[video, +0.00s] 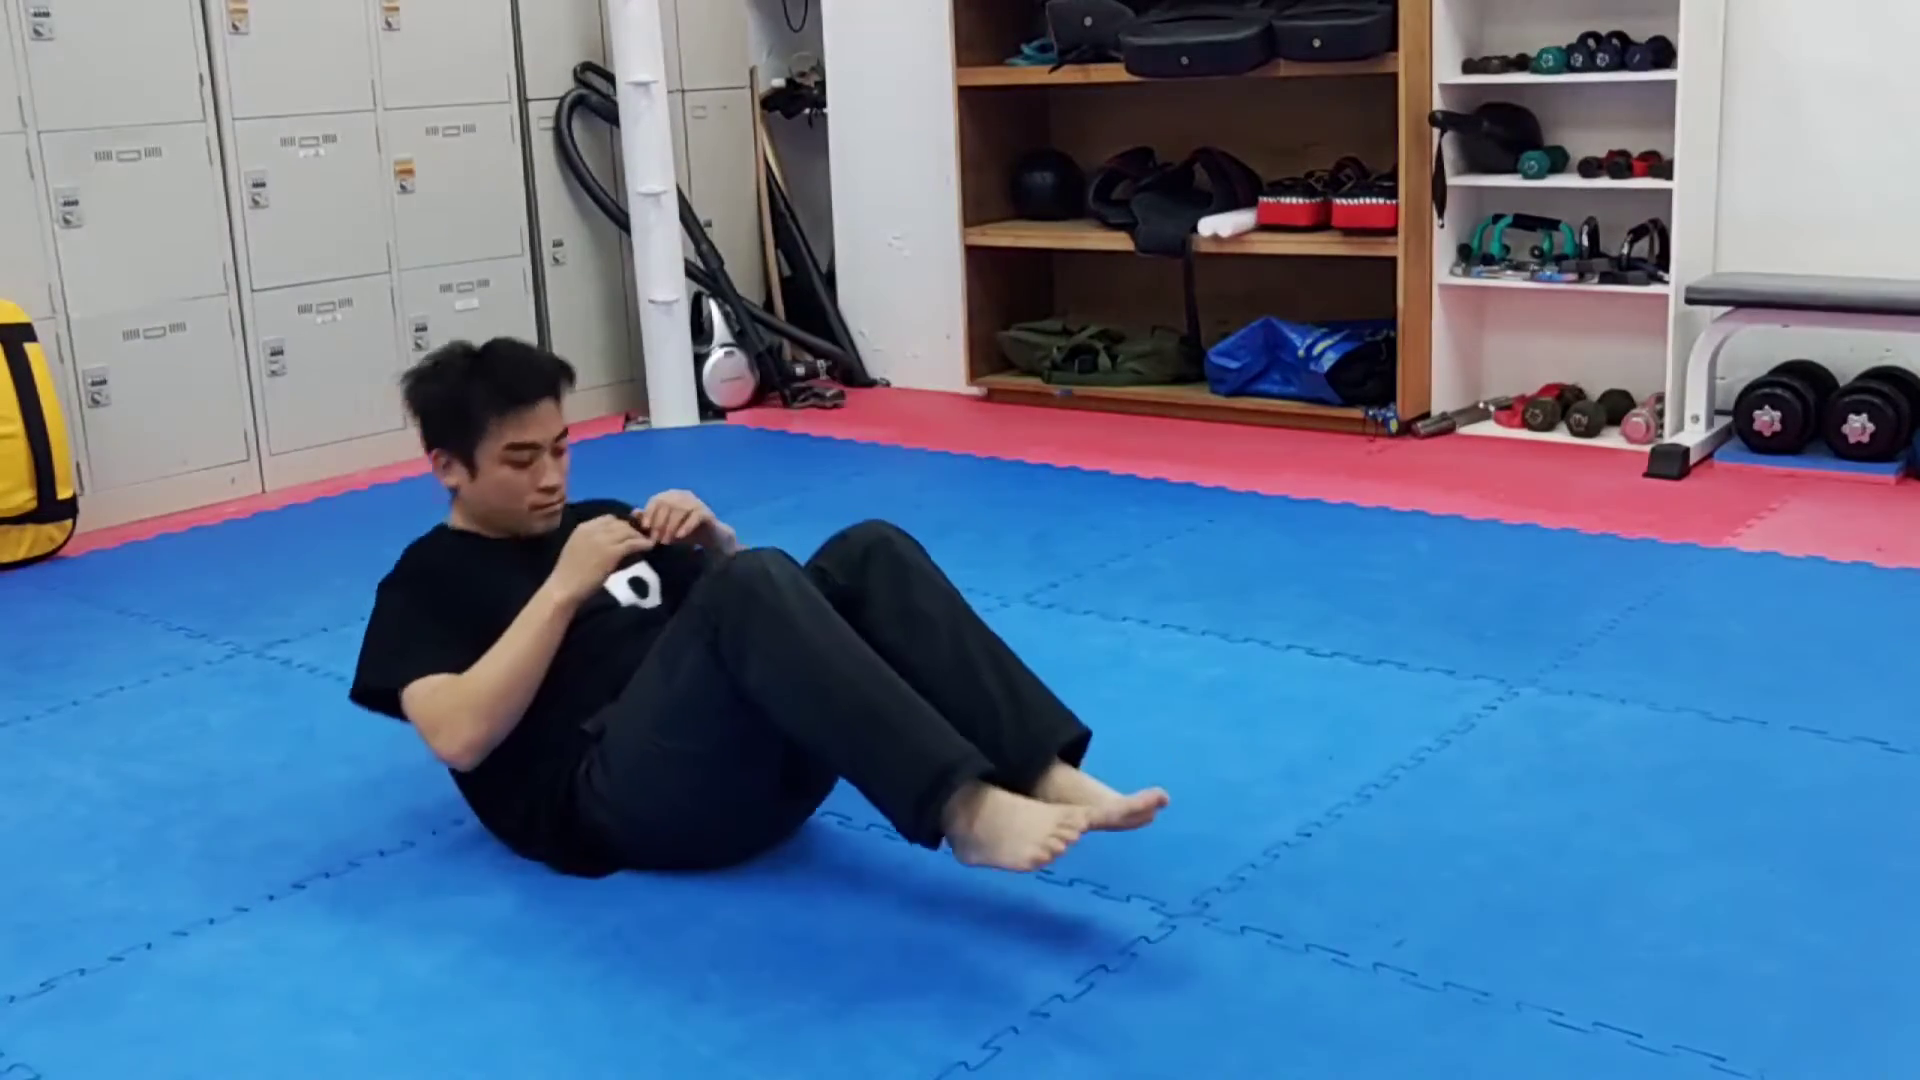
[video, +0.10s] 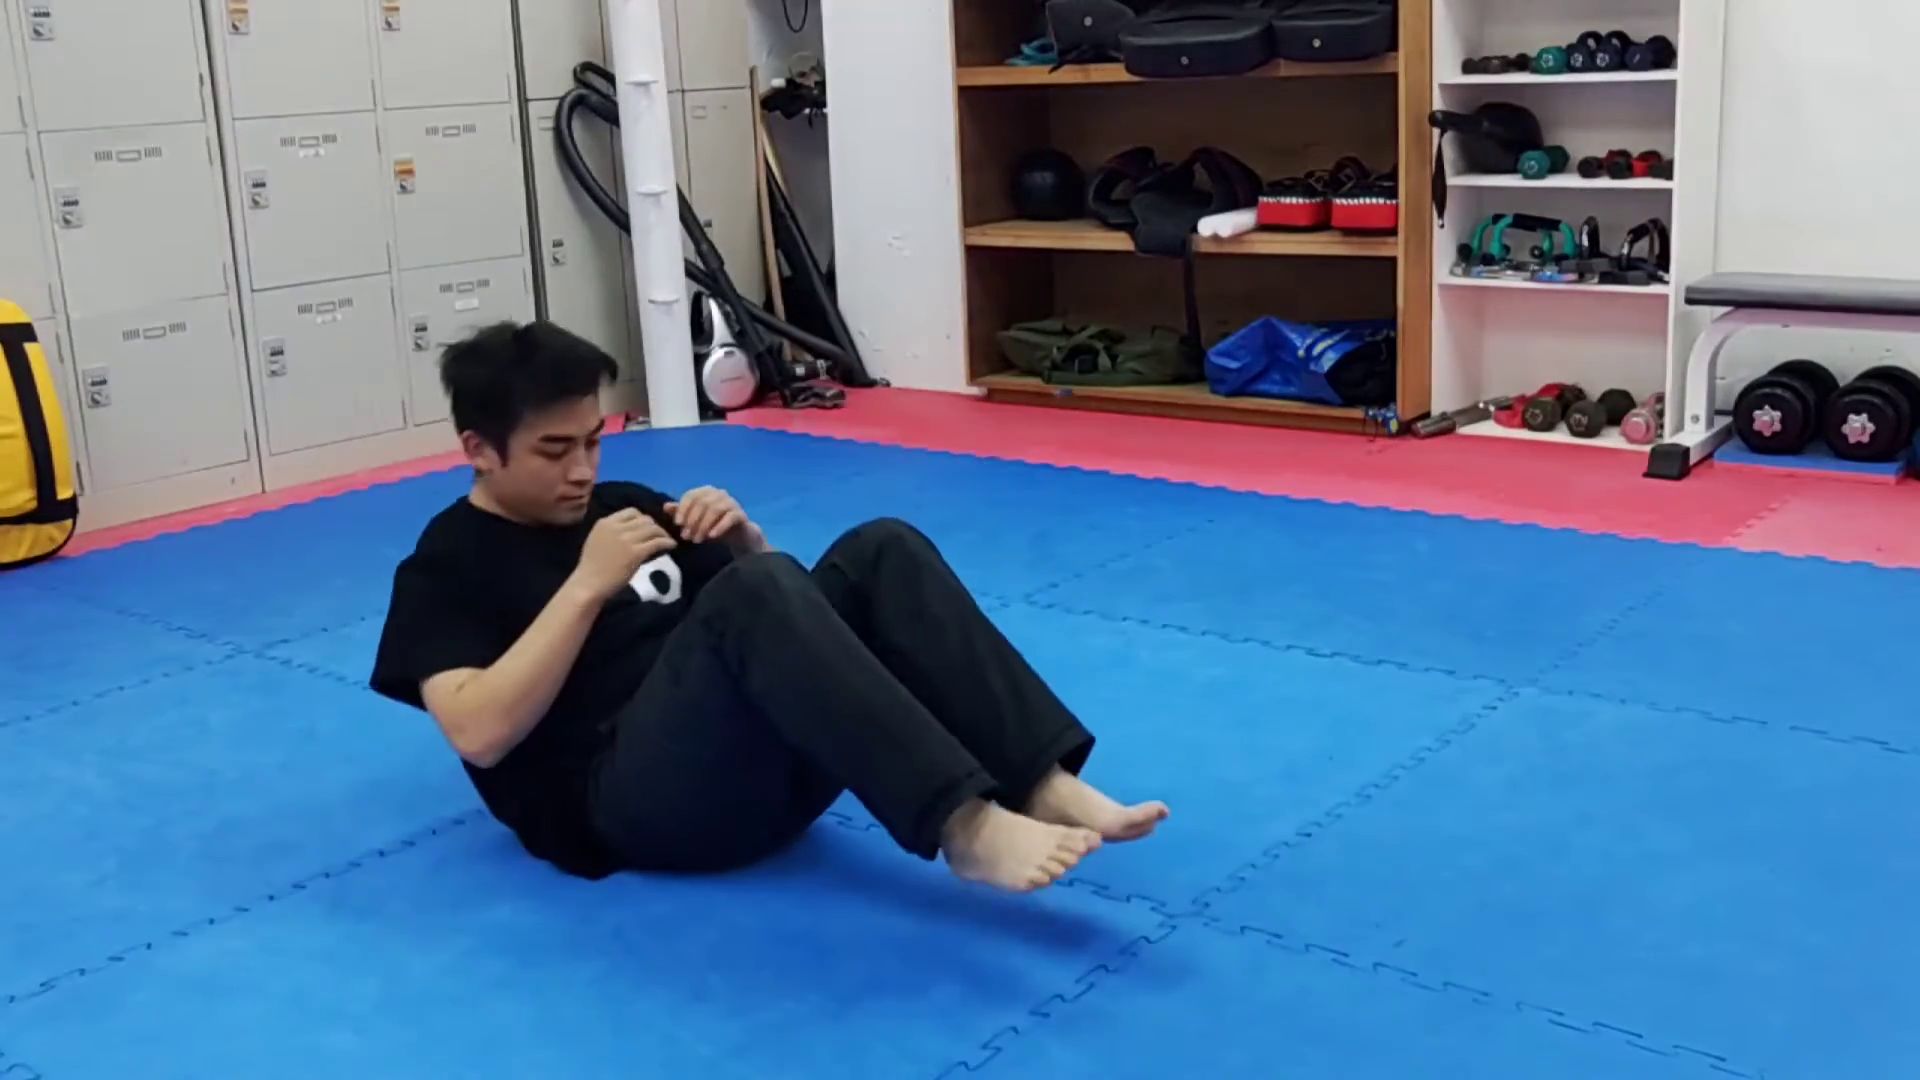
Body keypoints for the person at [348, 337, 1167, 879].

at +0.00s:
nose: (552, 476)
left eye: (557, 450)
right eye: (522, 459)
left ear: (566, 441)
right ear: (451, 470)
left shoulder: (608, 521)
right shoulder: (422, 587)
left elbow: (743, 605)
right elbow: (455, 733)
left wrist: (718, 548)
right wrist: (566, 584)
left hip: (760, 763)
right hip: (638, 807)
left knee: (868, 551)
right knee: (746, 578)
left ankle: (1041, 773)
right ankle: (960, 805)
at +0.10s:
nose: (586, 468)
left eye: (593, 441)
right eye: (557, 451)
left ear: (603, 426)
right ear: (481, 450)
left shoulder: (627, 503)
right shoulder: (441, 573)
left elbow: (764, 602)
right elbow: (476, 729)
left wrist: (741, 543)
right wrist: (589, 585)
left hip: (770, 758)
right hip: (649, 807)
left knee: (882, 550)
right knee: (752, 586)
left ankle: (1041, 780)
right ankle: (962, 823)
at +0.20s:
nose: (602, 465)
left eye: (611, 439)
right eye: (573, 448)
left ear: (623, 417)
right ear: (495, 443)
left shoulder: (641, 496)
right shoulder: (452, 564)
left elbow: (775, 608)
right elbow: (487, 729)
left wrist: (760, 547)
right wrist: (605, 589)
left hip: (772, 762)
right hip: (648, 808)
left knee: (889, 552)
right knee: (764, 593)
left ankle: (1045, 796)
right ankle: (962, 845)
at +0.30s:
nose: (603, 460)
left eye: (612, 433)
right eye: (575, 442)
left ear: (622, 412)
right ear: (497, 438)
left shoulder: (644, 494)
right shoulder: (452, 561)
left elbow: (783, 602)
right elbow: (487, 725)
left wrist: (759, 535)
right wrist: (609, 589)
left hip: (772, 758)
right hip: (649, 806)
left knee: (898, 561)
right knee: (774, 602)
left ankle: (1047, 805)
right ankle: (961, 860)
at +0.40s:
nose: (592, 461)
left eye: (600, 435)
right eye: (564, 444)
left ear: (612, 415)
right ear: (486, 442)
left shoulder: (638, 496)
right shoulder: (446, 564)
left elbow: (787, 600)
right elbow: (482, 720)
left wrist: (746, 525)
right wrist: (602, 581)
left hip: (773, 757)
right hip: (648, 803)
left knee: (904, 564)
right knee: (780, 604)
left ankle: (1048, 810)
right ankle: (963, 862)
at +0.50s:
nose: (576, 470)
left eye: (581, 443)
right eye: (546, 454)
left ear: (589, 425)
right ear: (471, 457)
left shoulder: (622, 502)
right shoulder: (440, 575)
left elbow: (776, 590)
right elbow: (477, 722)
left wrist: (724, 512)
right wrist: (582, 572)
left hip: (773, 753)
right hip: (651, 801)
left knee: (904, 561)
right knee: (777, 588)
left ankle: (1048, 802)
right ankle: (961, 843)